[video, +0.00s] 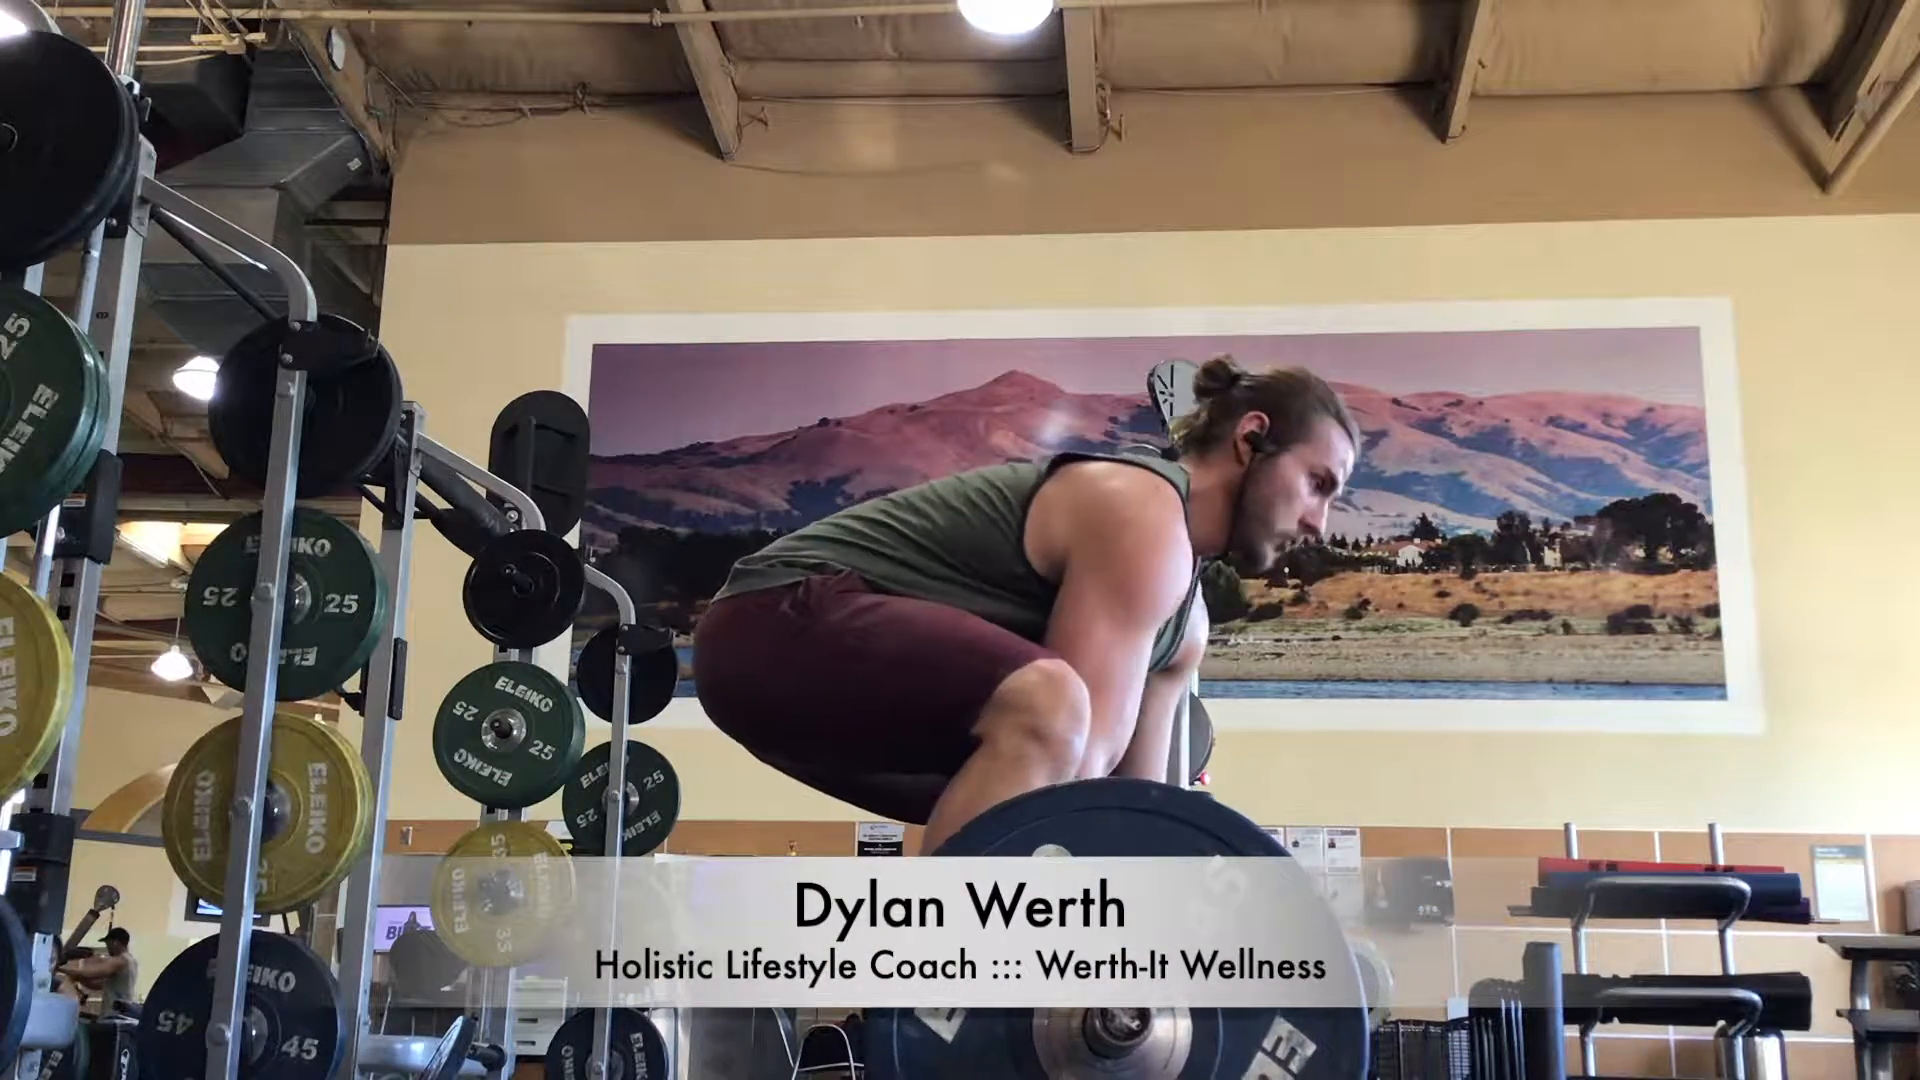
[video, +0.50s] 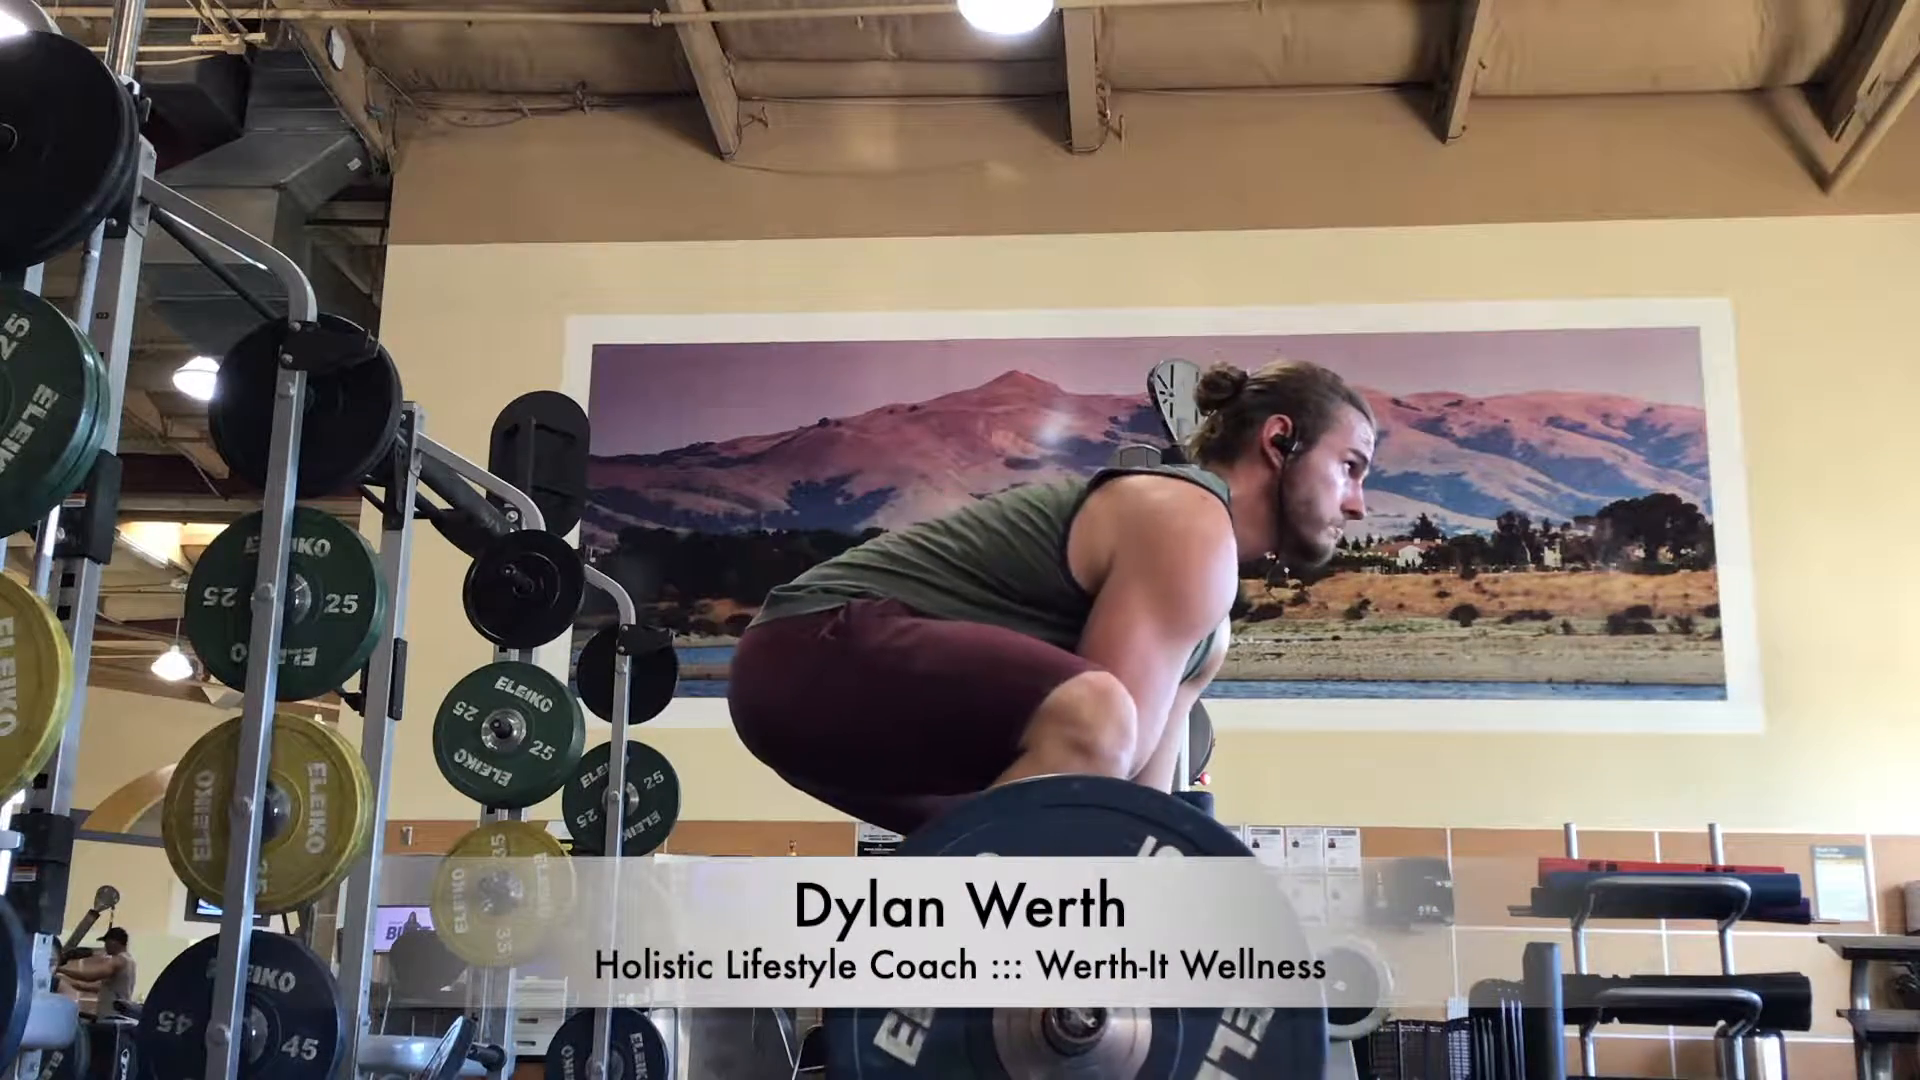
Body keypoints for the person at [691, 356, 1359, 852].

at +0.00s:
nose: (1322, 521)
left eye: (1333, 501)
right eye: (1319, 483)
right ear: (1250, 441)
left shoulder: (1181, 621)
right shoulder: (1139, 523)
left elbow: (1133, 805)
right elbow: (1070, 774)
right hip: (780, 615)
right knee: (1051, 712)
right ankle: (899, 975)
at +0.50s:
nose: (1359, 503)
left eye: (1364, 479)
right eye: (1350, 468)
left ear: (1281, 451)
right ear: (1278, 445)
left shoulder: (1201, 633)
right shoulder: (1188, 528)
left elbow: (1144, 800)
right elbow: (1093, 768)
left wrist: (1139, 974)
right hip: (816, 643)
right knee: (1097, 716)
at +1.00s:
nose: (1343, 507)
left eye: (1347, 481)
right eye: (1333, 471)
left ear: (1263, 452)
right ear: (1260, 448)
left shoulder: (1173, 617)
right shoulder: (1146, 525)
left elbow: (1134, 809)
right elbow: (1062, 759)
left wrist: (1149, 979)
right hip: (788, 617)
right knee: (1071, 718)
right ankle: (927, 967)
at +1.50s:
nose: (1312, 497)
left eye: (1318, 477)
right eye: (1301, 464)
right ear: (1227, 439)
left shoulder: (1168, 613)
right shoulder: (1108, 522)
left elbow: (1152, 798)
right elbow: (1074, 776)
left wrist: (1174, 968)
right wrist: (1100, 967)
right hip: (754, 609)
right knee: (1018, 704)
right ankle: (907, 1043)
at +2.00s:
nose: (1325, 510)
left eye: (1332, 488)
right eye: (1316, 473)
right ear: (1243, 446)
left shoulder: (1175, 631)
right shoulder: (1122, 526)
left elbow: (1114, 814)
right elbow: (1034, 756)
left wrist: (1121, 980)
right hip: (762, 606)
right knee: (1028, 708)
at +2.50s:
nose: (1344, 509)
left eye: (1347, 483)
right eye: (1332, 472)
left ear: (1257, 456)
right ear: (1257, 452)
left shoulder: (1177, 612)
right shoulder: (1164, 531)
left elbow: (1109, 816)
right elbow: (1061, 766)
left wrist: (1113, 967)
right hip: (783, 630)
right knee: (1059, 713)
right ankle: (951, 962)